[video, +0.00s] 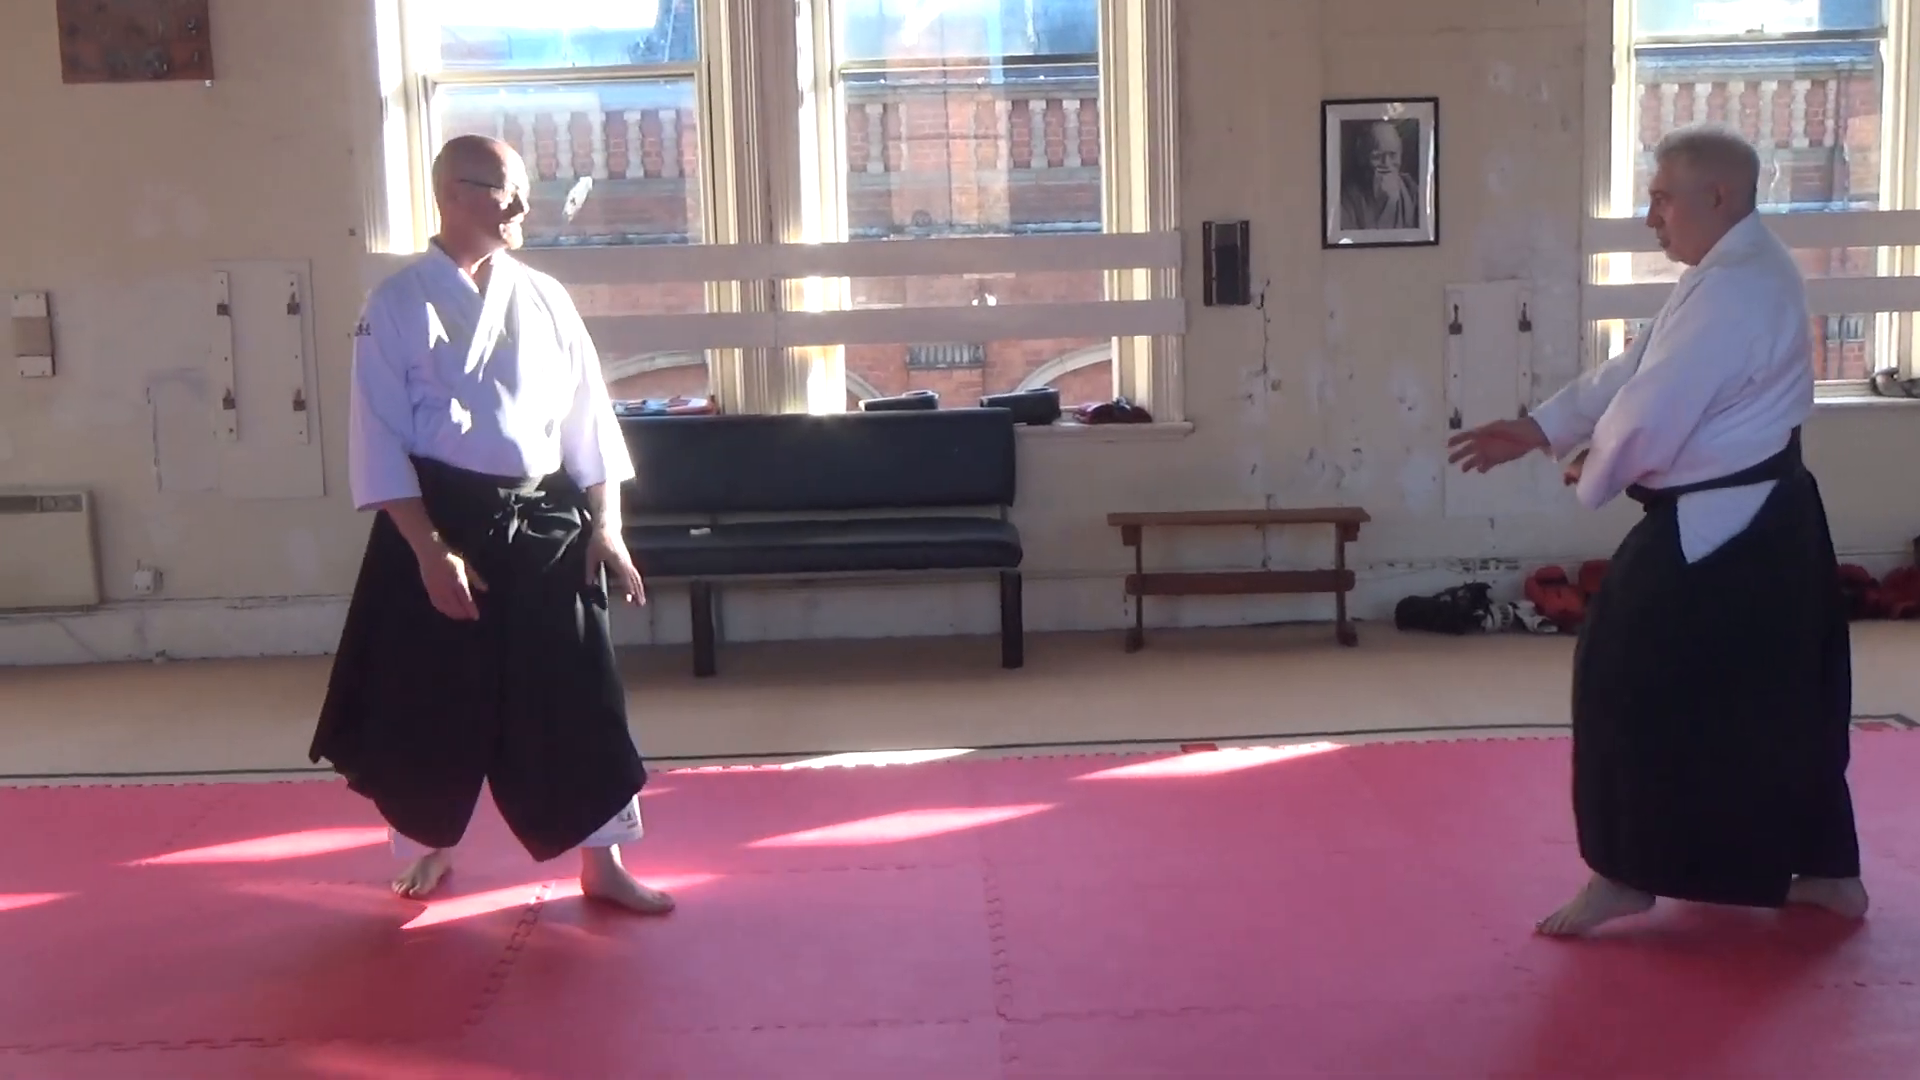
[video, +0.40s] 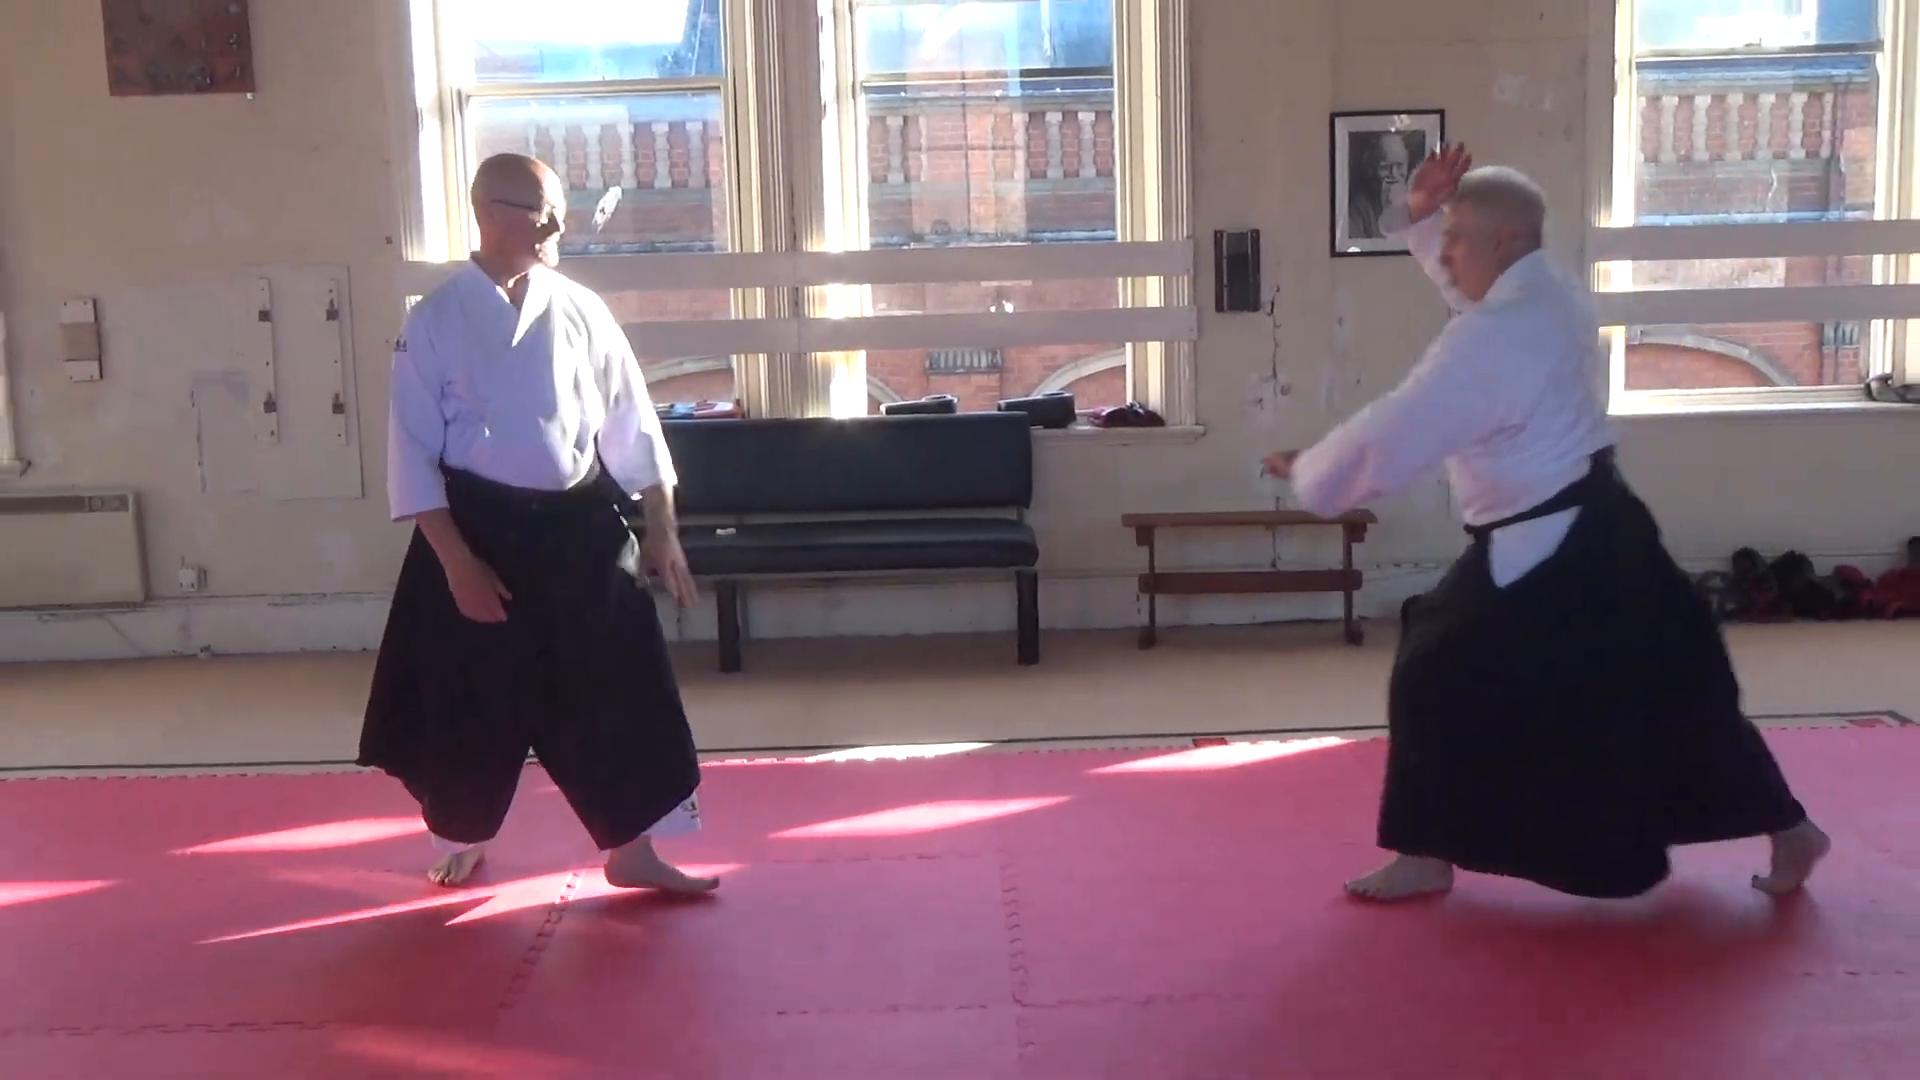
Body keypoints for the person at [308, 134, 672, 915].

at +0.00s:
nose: (508, 201)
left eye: (515, 189)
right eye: (488, 187)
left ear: (523, 201)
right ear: (443, 197)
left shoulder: (545, 296)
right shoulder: (398, 301)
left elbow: (590, 415)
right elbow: (377, 439)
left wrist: (607, 523)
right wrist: (428, 549)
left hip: (547, 519)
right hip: (441, 519)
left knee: (585, 683)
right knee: (431, 684)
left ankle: (603, 860)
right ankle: (434, 842)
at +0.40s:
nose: (543, 225)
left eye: (552, 215)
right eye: (525, 210)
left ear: (561, 223)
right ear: (481, 212)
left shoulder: (582, 310)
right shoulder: (437, 318)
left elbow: (634, 419)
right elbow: (411, 451)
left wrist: (662, 525)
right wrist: (456, 559)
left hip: (580, 522)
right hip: (478, 524)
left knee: (614, 680)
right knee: (471, 683)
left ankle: (629, 848)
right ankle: (464, 839)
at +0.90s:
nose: (690, 267)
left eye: (688, 256)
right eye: (675, 256)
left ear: (676, 266)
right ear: (624, 266)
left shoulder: (720, 325)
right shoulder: (586, 339)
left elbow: (809, 293)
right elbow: (523, 330)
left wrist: (895, 250)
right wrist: (573, 252)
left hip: (705, 540)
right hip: (619, 540)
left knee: (719, 688)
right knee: (599, 701)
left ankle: (697, 827)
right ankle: (563, 865)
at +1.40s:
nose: (794, 250)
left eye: (794, 237)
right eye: (793, 237)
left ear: (720, 229)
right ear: (773, 235)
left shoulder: (652, 313)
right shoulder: (786, 324)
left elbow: (632, 384)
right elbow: (870, 395)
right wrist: (875, 352)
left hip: (660, 529)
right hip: (755, 533)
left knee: (680, 706)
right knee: (808, 705)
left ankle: (636, 881)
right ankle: (795, 900)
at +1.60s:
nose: (888, 236)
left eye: (883, 223)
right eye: (888, 224)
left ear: (805, 218)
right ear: (874, 228)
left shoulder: (735, 301)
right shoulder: (896, 323)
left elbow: (694, 422)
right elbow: (893, 421)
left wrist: (777, 436)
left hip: (747, 528)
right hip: (850, 532)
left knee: (748, 714)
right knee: (881, 698)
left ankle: (726, 892)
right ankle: (883, 878)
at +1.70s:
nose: (928, 234)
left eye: (927, 220)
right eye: (925, 222)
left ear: (845, 216)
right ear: (910, 227)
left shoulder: (778, 301)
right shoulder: (943, 322)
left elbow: (723, 413)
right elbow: (943, 430)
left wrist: (754, 457)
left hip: (794, 529)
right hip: (900, 533)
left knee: (789, 728)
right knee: (921, 693)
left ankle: (760, 929)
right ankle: (920, 868)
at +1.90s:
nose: (1006, 247)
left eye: (1008, 234)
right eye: (1005, 234)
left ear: (910, 224)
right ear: (988, 233)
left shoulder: (837, 313)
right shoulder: (1014, 331)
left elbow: (805, 453)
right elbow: (1032, 465)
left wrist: (848, 522)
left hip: (846, 552)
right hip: (963, 554)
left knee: (848, 762)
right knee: (989, 692)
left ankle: (838, 981)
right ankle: (1014, 854)